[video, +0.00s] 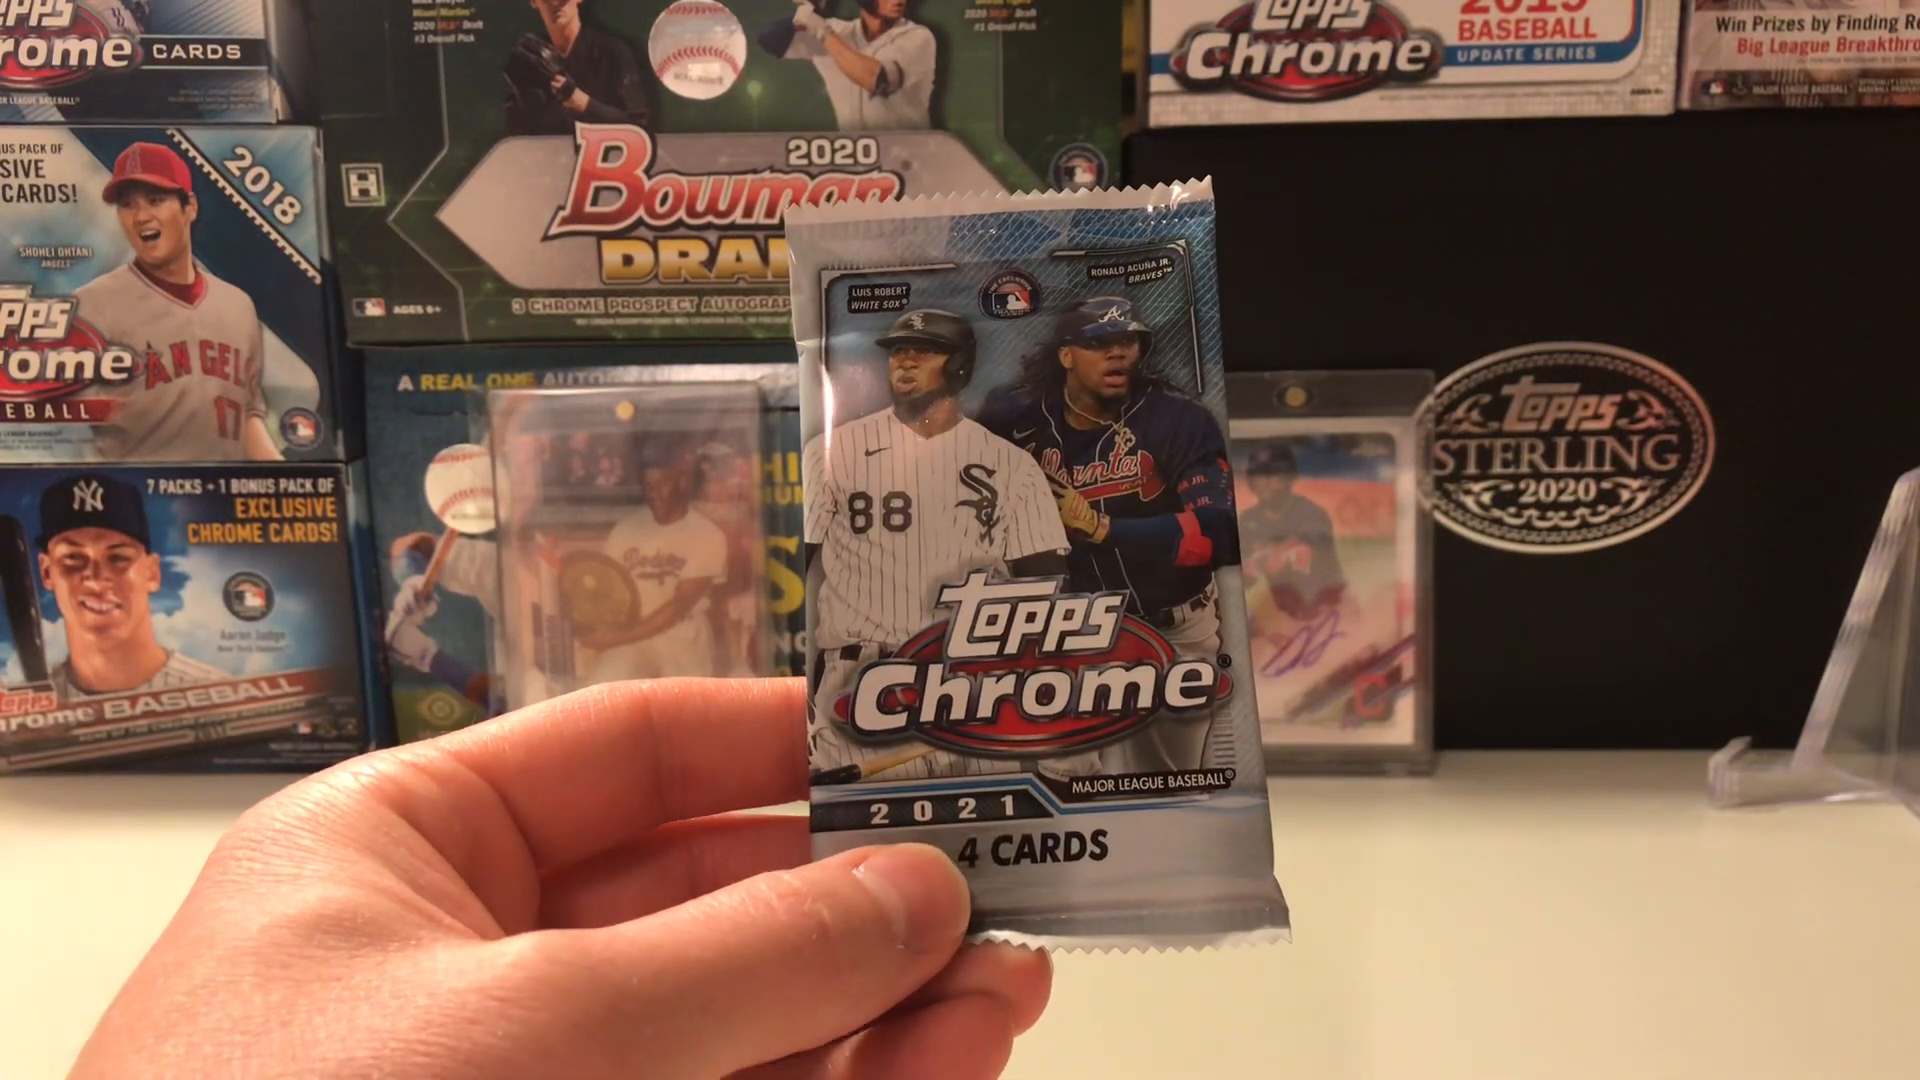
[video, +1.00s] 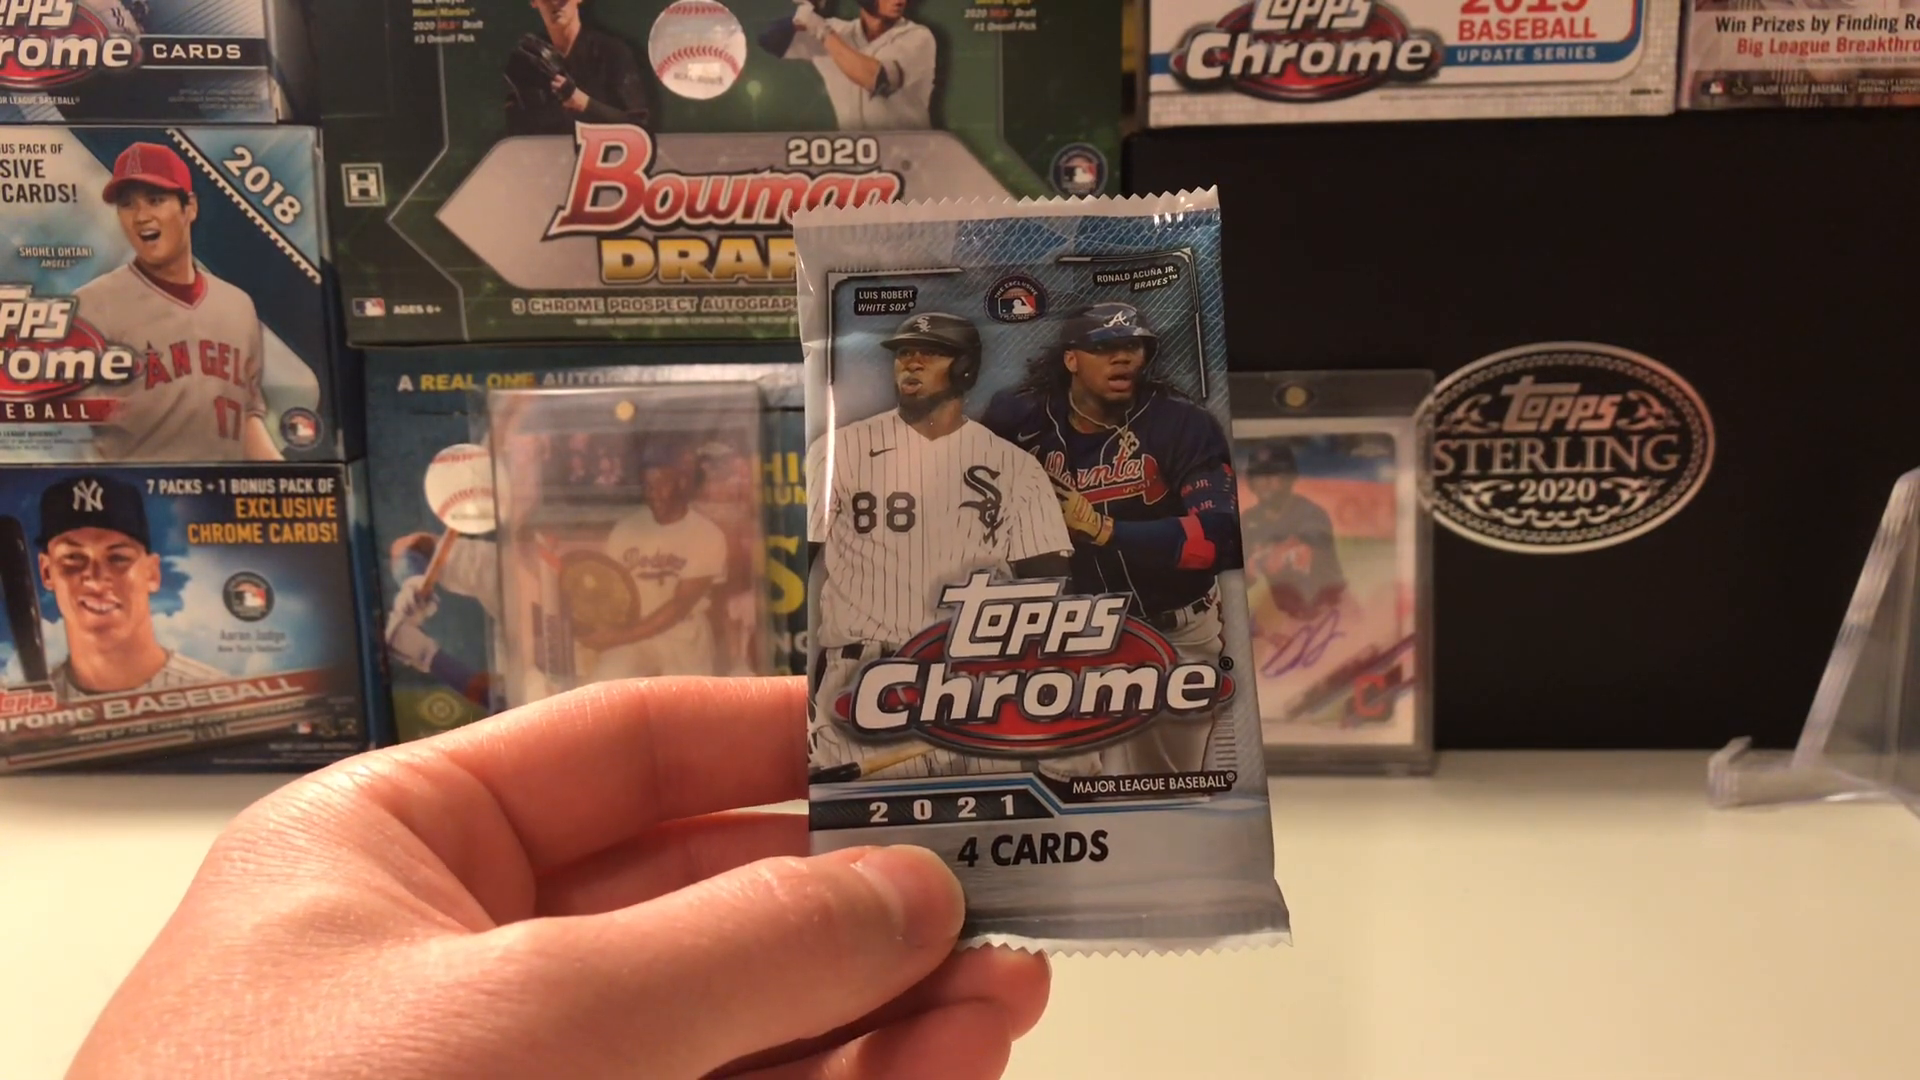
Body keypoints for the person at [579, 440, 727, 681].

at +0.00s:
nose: (653, 495)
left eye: (660, 485)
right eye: (648, 486)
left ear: (683, 483)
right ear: (642, 488)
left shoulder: (707, 536)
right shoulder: (625, 530)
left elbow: (679, 607)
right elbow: (604, 589)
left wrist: (617, 637)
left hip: (682, 645)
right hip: (625, 646)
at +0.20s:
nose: (652, 495)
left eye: (660, 485)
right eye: (647, 487)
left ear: (683, 483)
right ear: (642, 488)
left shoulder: (708, 537)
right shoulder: (624, 530)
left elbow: (679, 607)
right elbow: (605, 590)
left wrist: (617, 637)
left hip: (683, 642)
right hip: (627, 644)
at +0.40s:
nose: (652, 495)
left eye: (660, 485)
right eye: (647, 486)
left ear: (683, 483)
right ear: (642, 487)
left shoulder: (707, 536)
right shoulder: (624, 530)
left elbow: (680, 606)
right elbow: (605, 590)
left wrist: (618, 637)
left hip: (683, 641)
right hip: (626, 642)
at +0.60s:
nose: (653, 494)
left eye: (660, 485)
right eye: (648, 486)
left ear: (683, 484)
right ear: (642, 488)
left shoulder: (707, 536)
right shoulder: (624, 530)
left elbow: (680, 606)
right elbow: (605, 590)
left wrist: (618, 637)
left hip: (683, 640)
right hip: (627, 642)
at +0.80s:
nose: (653, 495)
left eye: (660, 485)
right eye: (648, 486)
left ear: (682, 484)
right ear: (642, 488)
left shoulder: (707, 536)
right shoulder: (625, 530)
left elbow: (680, 606)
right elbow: (604, 589)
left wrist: (617, 637)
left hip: (683, 640)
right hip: (627, 643)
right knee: (599, 697)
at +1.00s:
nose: (652, 495)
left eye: (660, 485)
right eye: (647, 486)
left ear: (682, 484)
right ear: (642, 488)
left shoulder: (707, 536)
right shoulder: (625, 530)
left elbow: (680, 606)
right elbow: (604, 589)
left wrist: (617, 637)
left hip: (683, 641)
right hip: (627, 643)